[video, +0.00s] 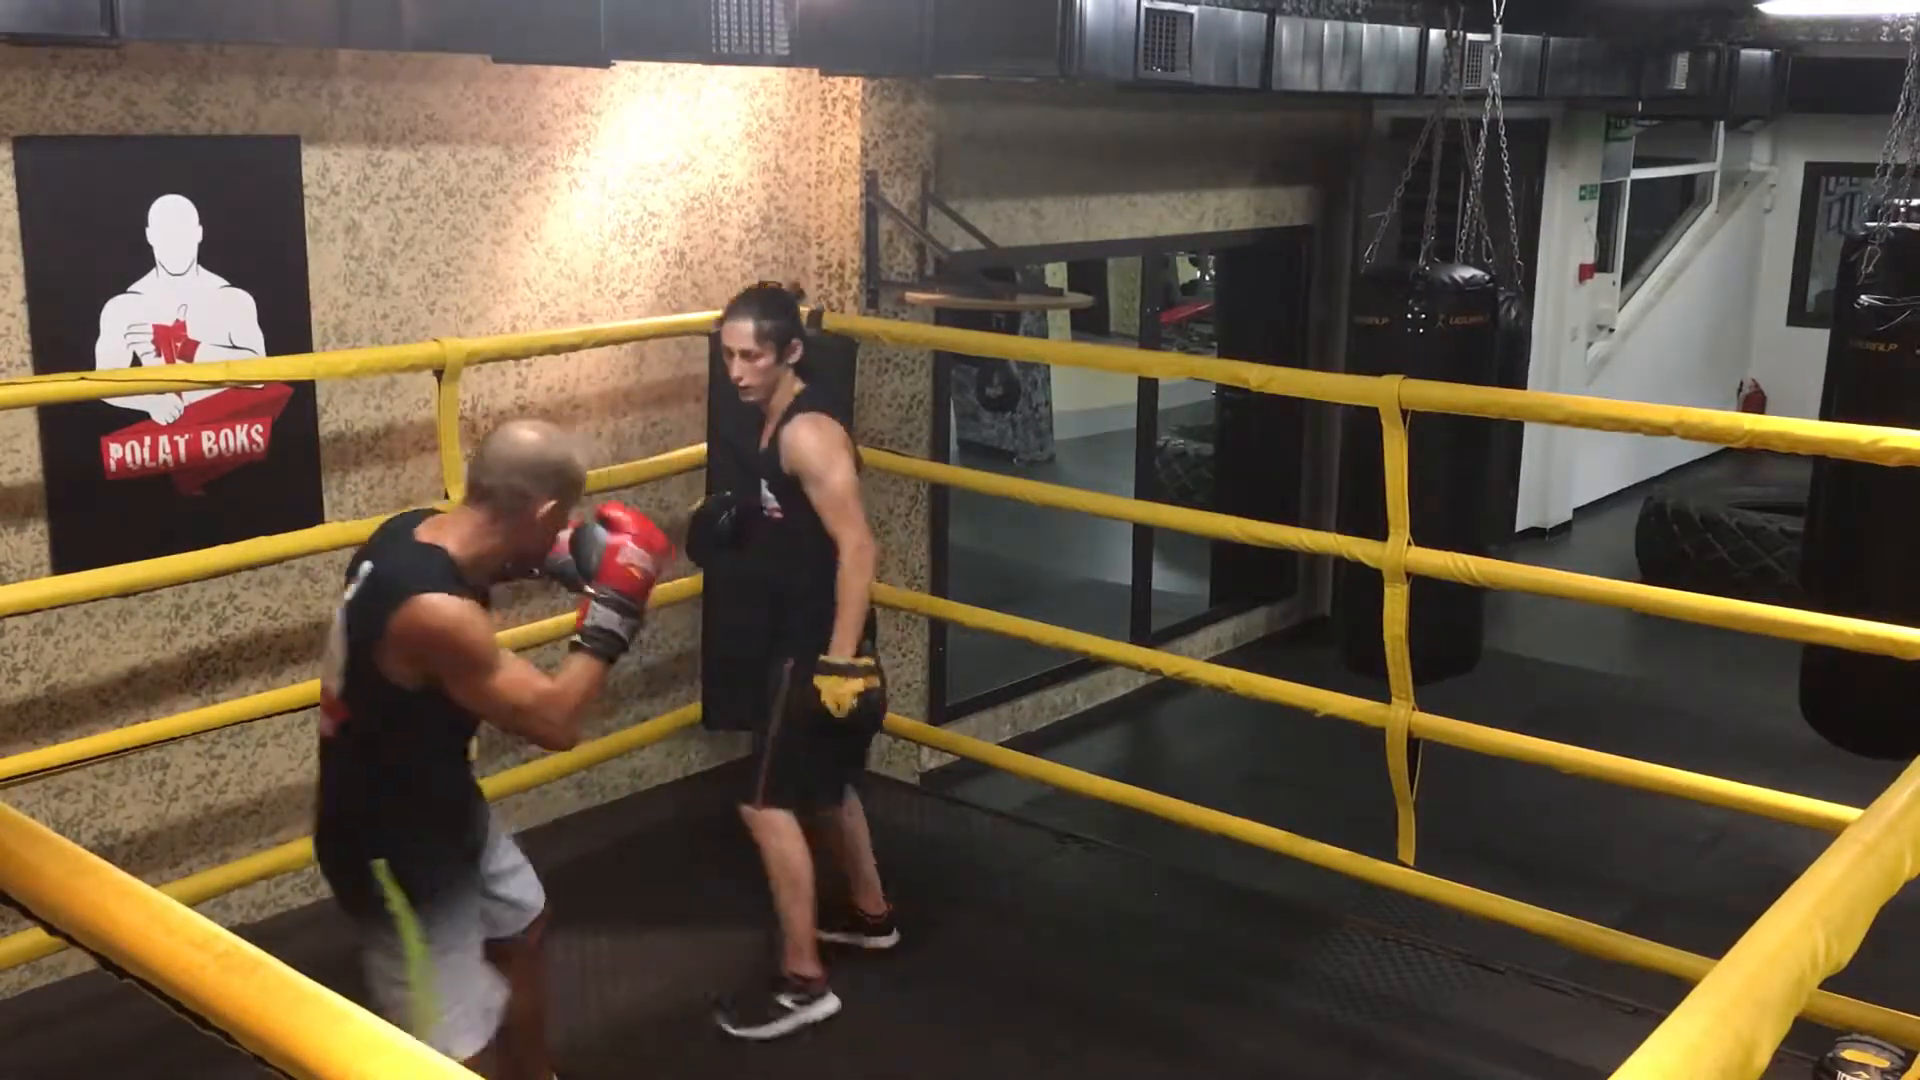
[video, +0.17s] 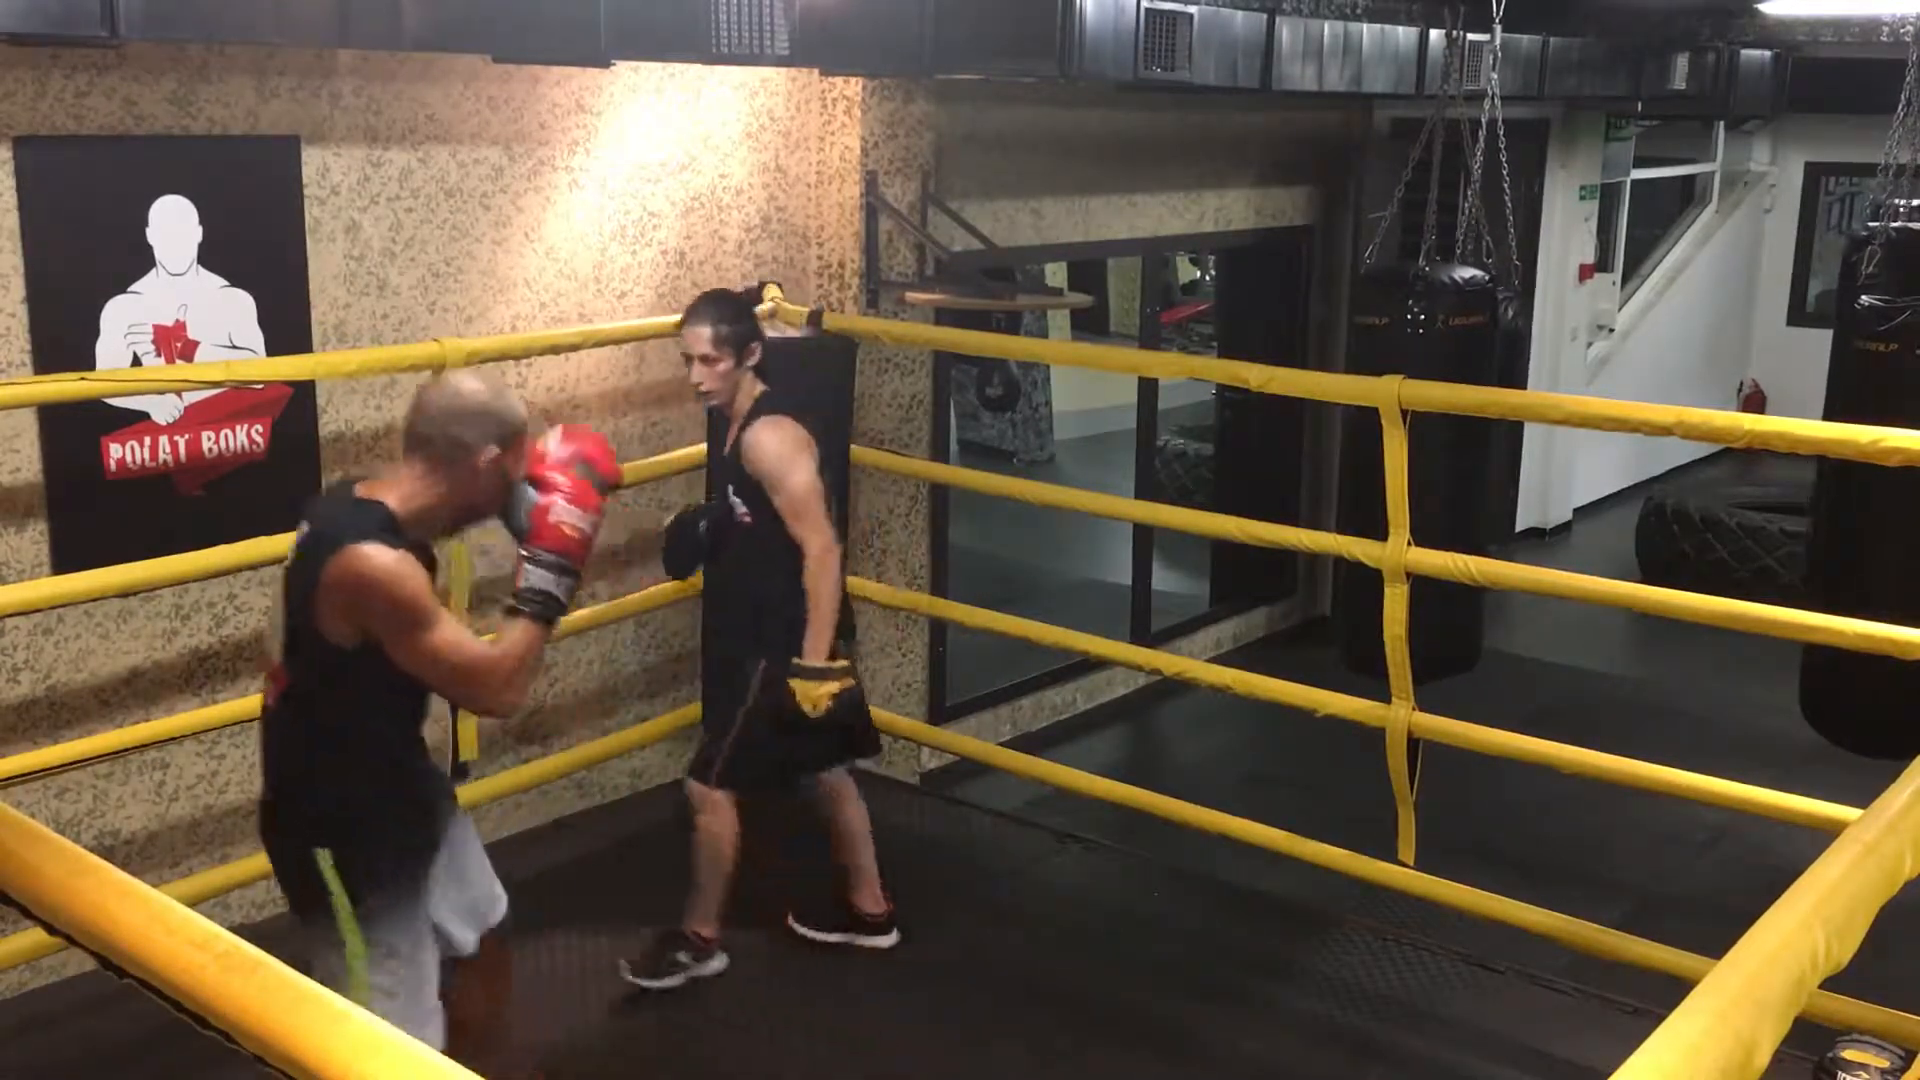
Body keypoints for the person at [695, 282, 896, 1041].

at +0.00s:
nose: (734, 369)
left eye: (747, 355)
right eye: (728, 355)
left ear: (789, 354)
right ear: (733, 354)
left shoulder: (809, 435)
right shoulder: (774, 427)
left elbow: (858, 546)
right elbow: (790, 531)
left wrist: (841, 659)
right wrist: (727, 532)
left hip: (813, 649)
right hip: (799, 637)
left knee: (768, 806)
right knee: (829, 788)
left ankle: (803, 981)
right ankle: (871, 913)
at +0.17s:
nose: (697, 377)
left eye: (708, 362)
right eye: (690, 363)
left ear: (747, 357)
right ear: (694, 360)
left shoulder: (773, 438)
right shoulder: (738, 422)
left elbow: (822, 549)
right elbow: (759, 518)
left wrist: (815, 662)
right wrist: (708, 534)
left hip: (768, 645)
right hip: (768, 634)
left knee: (711, 787)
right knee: (827, 771)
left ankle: (700, 937)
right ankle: (869, 909)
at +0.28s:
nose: (664, 390)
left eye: (676, 374)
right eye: (655, 375)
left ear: (714, 369)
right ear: (653, 373)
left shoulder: (737, 454)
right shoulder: (698, 434)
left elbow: (783, 570)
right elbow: (726, 524)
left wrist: (756, 678)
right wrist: (680, 536)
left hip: (744, 661)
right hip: (742, 650)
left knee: (677, 788)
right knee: (776, 781)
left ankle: (656, 929)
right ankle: (856, 900)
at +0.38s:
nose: (648, 405)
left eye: (661, 389)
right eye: (639, 390)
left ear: (697, 386)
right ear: (633, 385)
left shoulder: (720, 468)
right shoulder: (667, 442)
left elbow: (749, 592)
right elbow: (687, 529)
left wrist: (698, 689)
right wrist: (643, 553)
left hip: (723, 649)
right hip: (697, 639)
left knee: (651, 786)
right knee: (698, 779)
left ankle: (654, 933)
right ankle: (802, 869)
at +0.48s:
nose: (638, 394)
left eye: (652, 376)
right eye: (627, 378)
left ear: (687, 369)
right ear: (617, 375)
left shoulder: (713, 451)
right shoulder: (643, 429)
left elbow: (745, 567)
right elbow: (647, 506)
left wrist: (670, 647)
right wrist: (619, 542)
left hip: (719, 638)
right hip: (674, 625)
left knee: (656, 781)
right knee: (642, 763)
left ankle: (653, 929)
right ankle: (707, 888)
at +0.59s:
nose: (626, 384)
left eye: (639, 366)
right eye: (614, 369)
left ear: (673, 358)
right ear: (606, 367)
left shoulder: (710, 435)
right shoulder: (628, 422)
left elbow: (758, 544)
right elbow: (617, 506)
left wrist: (667, 599)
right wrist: (596, 537)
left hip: (703, 636)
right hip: (648, 623)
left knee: (654, 780)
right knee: (620, 764)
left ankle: (655, 932)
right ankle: (629, 913)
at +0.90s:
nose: (615, 415)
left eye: (628, 399)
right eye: (605, 400)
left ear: (668, 388)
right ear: (599, 396)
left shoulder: (715, 446)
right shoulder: (614, 460)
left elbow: (733, 545)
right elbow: (609, 565)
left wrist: (665, 498)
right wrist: (607, 544)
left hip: (709, 653)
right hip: (646, 646)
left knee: (681, 818)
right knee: (595, 791)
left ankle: (730, 1005)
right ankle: (635, 912)